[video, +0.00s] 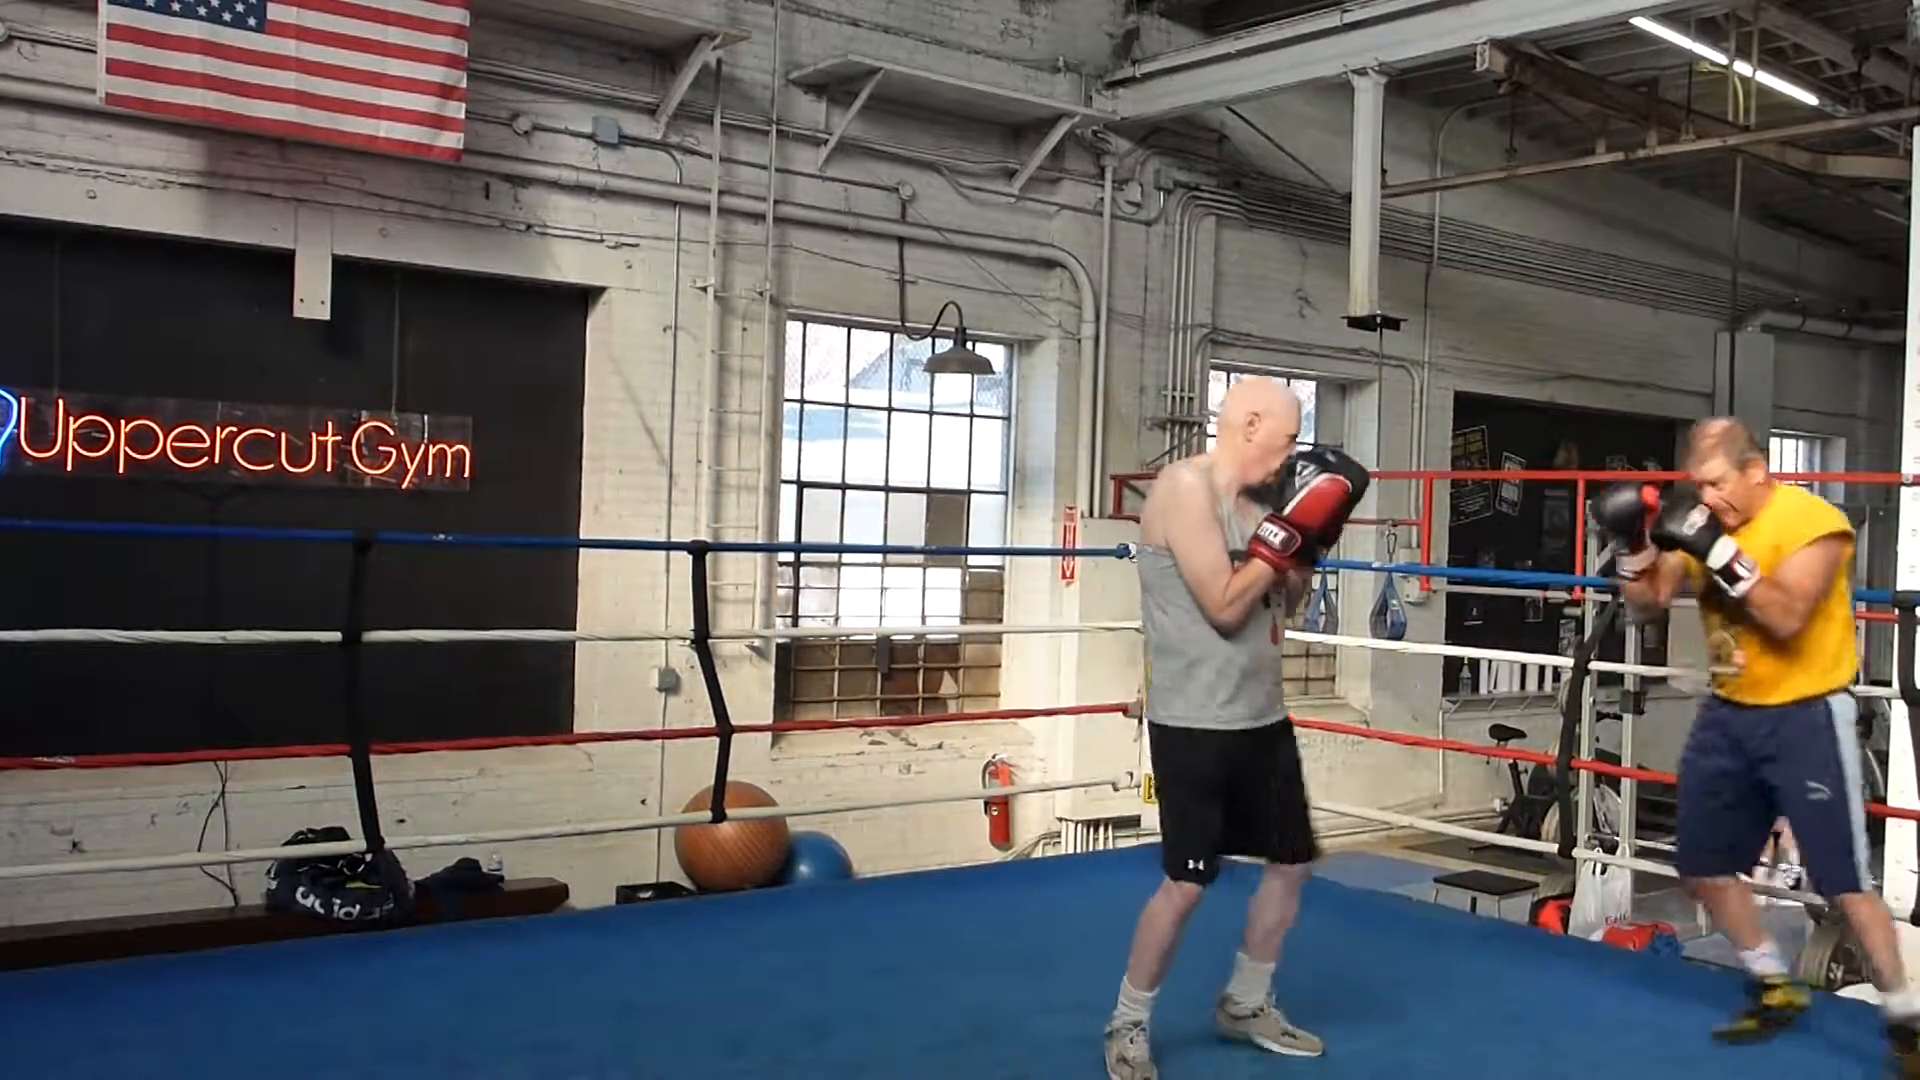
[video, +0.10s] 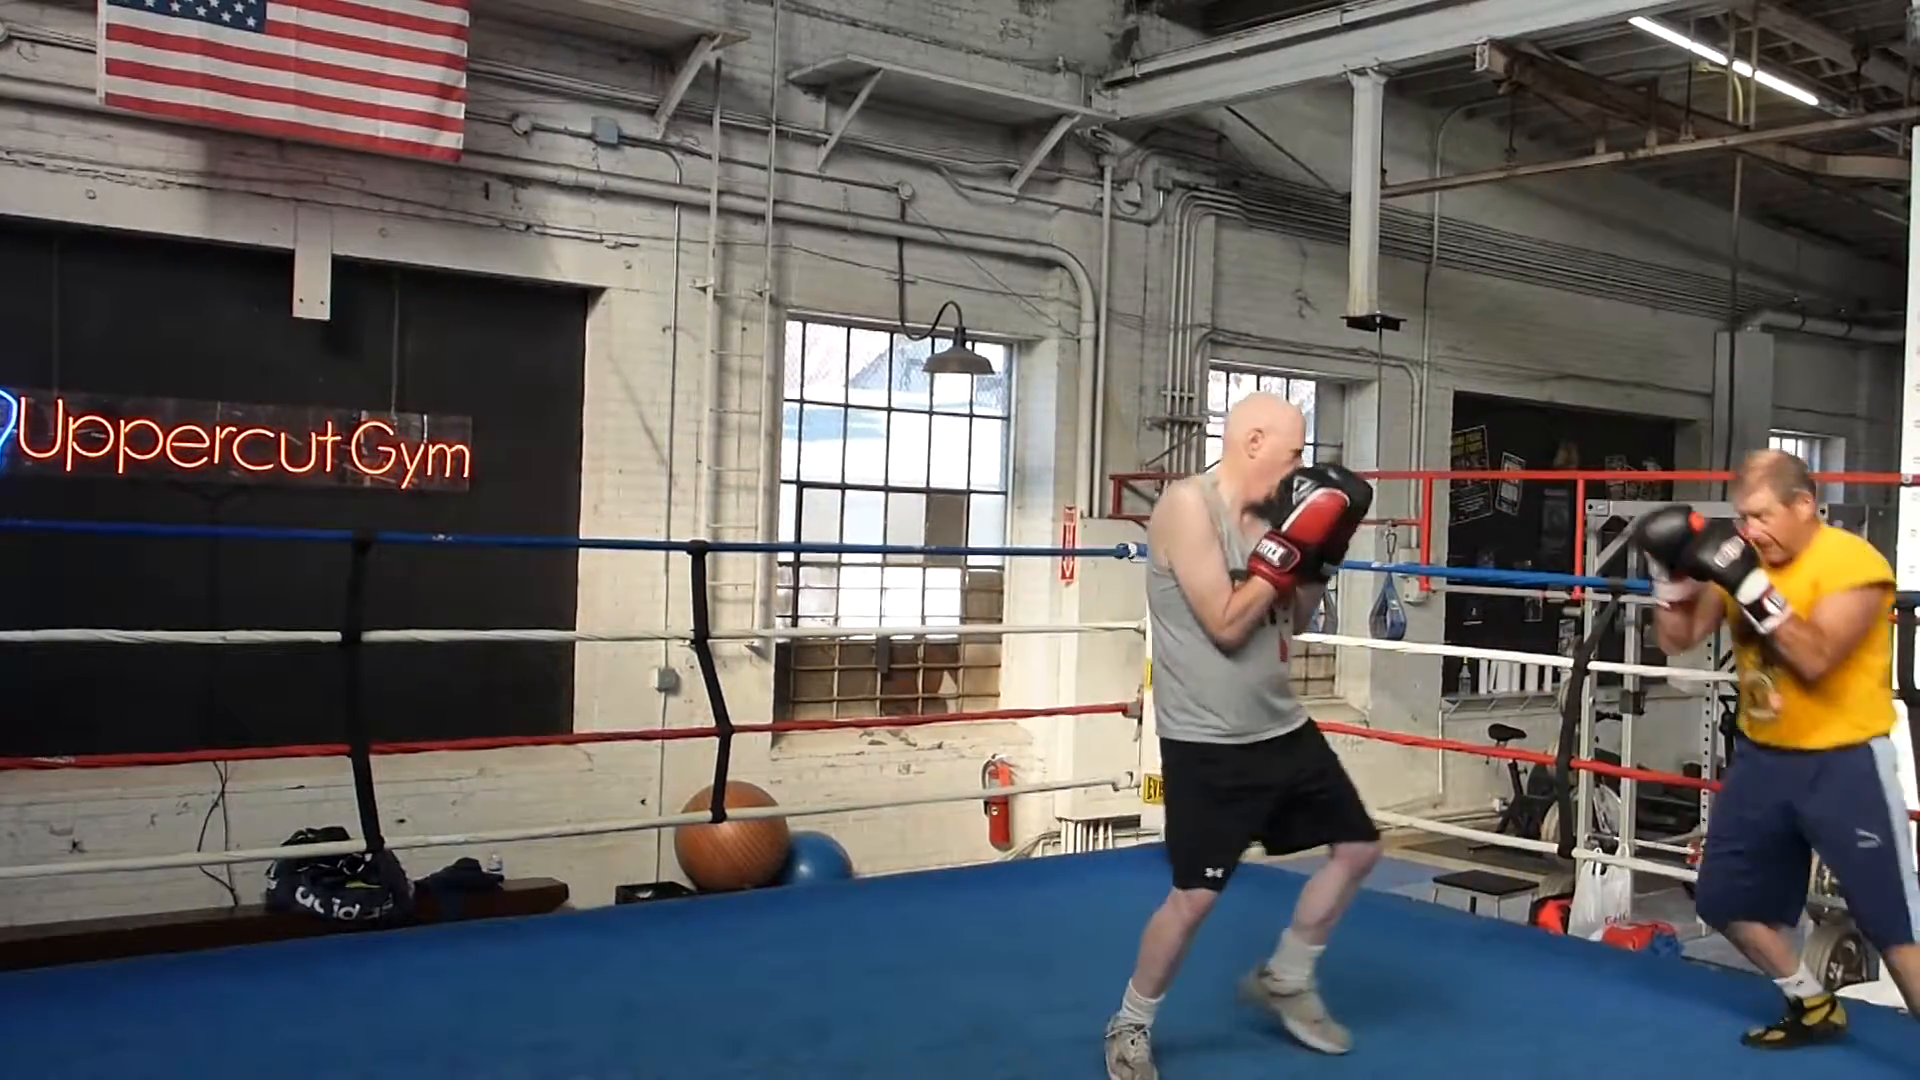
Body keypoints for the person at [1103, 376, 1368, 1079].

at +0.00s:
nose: (1288, 459)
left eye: (1292, 447)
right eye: (1285, 443)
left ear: (1253, 430)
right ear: (1246, 426)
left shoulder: (1249, 504)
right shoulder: (1183, 486)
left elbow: (1285, 605)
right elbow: (1224, 605)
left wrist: (1309, 532)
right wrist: (1284, 537)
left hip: (1260, 716)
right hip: (1192, 718)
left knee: (1291, 860)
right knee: (1188, 877)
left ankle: (1246, 1004)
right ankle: (1130, 1022)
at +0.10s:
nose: (1297, 470)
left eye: (1301, 458)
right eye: (1293, 454)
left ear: (1260, 445)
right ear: (1251, 441)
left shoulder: (1264, 520)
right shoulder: (1184, 506)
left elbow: (1292, 618)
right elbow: (1227, 624)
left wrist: (1324, 542)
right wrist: (1292, 546)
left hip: (1281, 726)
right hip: (1205, 736)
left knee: (1358, 849)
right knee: (1197, 891)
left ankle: (1286, 977)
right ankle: (1131, 1025)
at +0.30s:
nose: (1354, 481)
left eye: (1355, 468)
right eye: (1346, 466)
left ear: (1314, 459)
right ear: (1302, 458)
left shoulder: (1330, 530)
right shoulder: (1237, 521)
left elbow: (1345, 635)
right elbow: (1242, 646)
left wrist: (1377, 567)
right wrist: (1319, 578)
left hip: (1333, 743)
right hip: (1252, 750)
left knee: (1406, 872)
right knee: (1221, 904)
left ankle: (1451, 1020)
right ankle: (1137, 1026)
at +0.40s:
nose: (1394, 480)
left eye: (1395, 467)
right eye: (1385, 465)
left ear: (1356, 462)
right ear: (1337, 458)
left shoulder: (1371, 529)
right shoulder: (1286, 521)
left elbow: (1391, 641)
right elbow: (1313, 641)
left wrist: (1410, 583)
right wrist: (1390, 578)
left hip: (1370, 748)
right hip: (1289, 752)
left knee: (1434, 885)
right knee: (1242, 901)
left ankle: (1465, 1033)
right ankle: (1140, 1023)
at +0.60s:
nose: (1447, 450)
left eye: (1445, 436)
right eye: (1438, 436)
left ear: (1388, 436)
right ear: (1396, 436)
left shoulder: (1363, 494)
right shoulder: (1388, 487)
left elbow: (1397, 597)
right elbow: (1496, 571)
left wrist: (1455, 545)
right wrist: (1552, 539)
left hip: (1390, 727)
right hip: (1335, 724)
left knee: (1442, 874)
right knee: (1274, 881)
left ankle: (1464, 1030)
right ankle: (1162, 1008)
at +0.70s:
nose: (1443, 442)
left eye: (1442, 430)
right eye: (1434, 429)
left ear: (1387, 433)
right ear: (1391, 432)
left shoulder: (1369, 493)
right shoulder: (1375, 489)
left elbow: (1396, 599)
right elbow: (1461, 591)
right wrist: (1502, 531)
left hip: (1401, 727)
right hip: (1345, 722)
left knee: (1448, 875)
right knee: (1290, 885)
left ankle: (1463, 1032)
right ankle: (1179, 1013)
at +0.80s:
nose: (1424, 446)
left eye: (1421, 433)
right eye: (1413, 431)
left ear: (1365, 438)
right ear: (1367, 436)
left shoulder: (1366, 505)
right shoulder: (1348, 497)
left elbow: (1414, 630)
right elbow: (1426, 603)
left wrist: (1437, 546)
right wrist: (1499, 562)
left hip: (1410, 734)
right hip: (1338, 732)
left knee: (1457, 878)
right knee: (1281, 889)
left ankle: (1465, 1033)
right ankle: (1178, 1019)